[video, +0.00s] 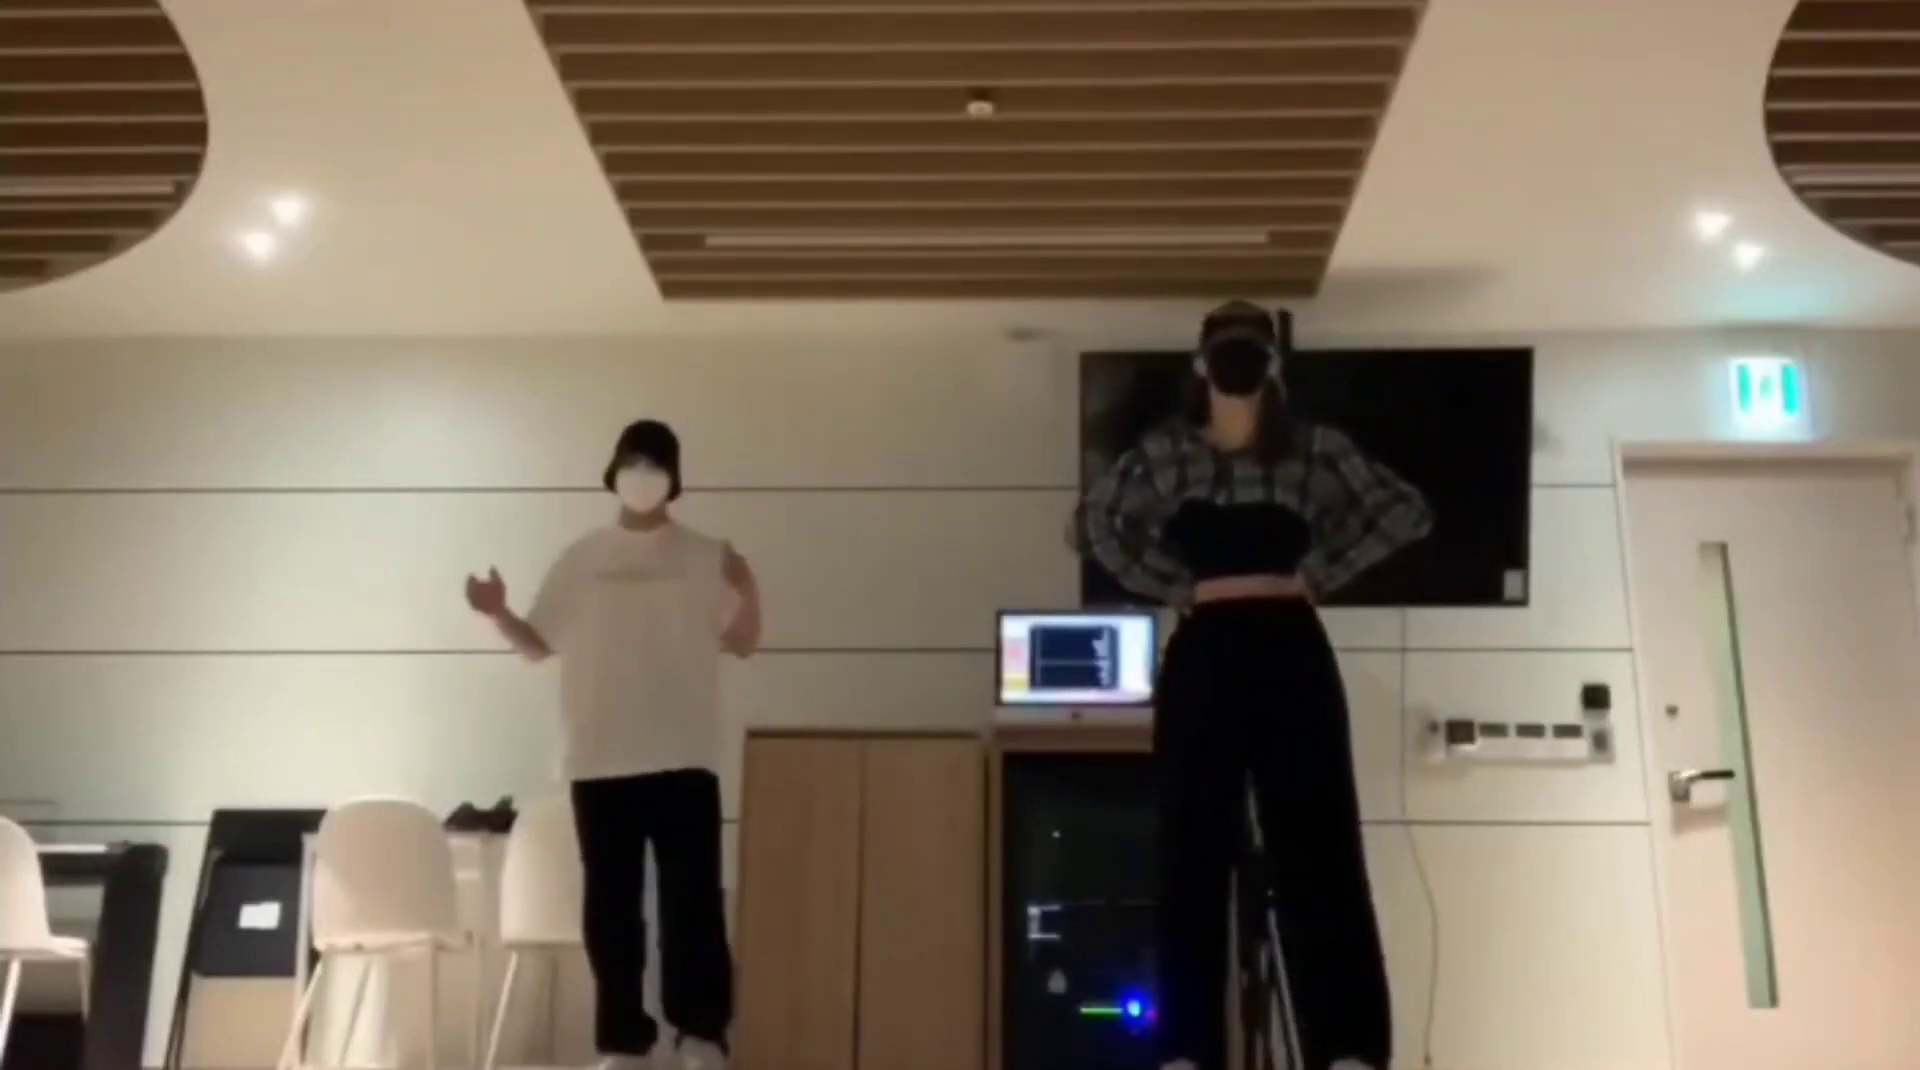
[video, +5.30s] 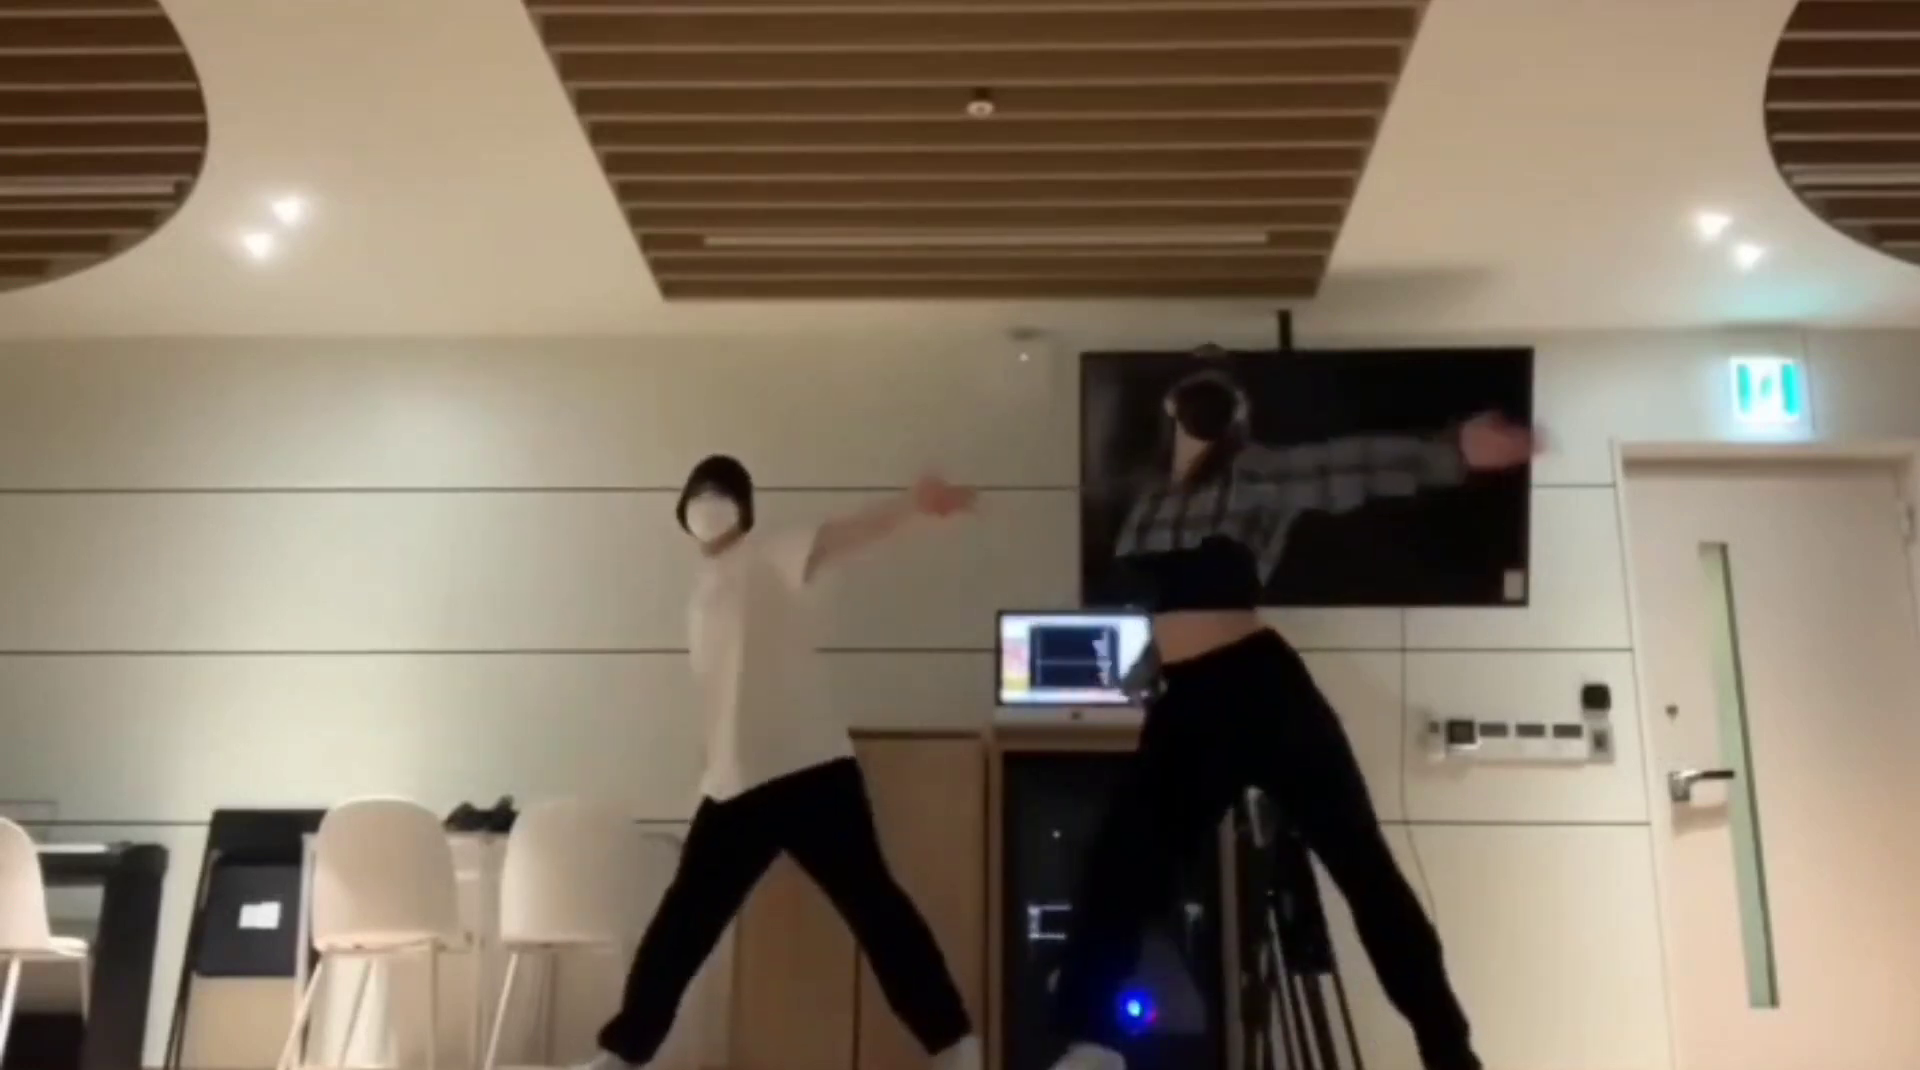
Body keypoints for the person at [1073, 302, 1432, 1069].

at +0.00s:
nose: (1239, 358)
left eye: (1253, 345)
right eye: (1225, 344)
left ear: (1276, 362)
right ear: (1200, 361)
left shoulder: (1316, 449)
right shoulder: (1167, 451)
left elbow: (1406, 512)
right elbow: (1097, 523)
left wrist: (1322, 572)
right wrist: (1170, 587)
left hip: (1290, 654)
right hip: (1203, 657)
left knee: (1315, 847)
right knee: (1195, 851)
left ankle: (1346, 1046)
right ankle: (1189, 1045)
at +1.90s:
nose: (1235, 423)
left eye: (1245, 413)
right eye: (1222, 413)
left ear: (1264, 425)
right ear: (1196, 424)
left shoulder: (1295, 507)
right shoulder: (1162, 496)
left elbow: (1334, 604)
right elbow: (1103, 576)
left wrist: (1360, 689)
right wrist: (1162, 604)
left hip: (1280, 693)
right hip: (1198, 692)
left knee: (1279, 871)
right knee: (1187, 866)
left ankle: (1266, 1039)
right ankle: (1190, 1038)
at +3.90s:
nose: (1206, 426)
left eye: (1217, 415)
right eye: (1192, 415)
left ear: (1236, 431)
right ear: (1168, 431)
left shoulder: (1270, 517)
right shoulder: (1131, 519)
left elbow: (1296, 620)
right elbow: (1112, 617)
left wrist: (1317, 716)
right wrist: (1132, 696)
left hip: (1256, 704)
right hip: (1178, 705)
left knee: (1260, 868)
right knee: (1189, 870)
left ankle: (1255, 1040)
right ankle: (1200, 1039)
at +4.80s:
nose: (1169, 410)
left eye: (1181, 397)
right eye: (1153, 399)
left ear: (1201, 413)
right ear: (1129, 417)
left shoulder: (1228, 494)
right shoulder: (1096, 493)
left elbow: (1244, 586)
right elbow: (1056, 585)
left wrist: (1237, 634)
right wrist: (1085, 678)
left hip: (1202, 689)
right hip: (1123, 688)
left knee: (1194, 829)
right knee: (1108, 839)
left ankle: (1186, 971)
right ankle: (1100, 993)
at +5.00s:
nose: (1177, 418)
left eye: (1188, 407)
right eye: (1163, 407)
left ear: (1207, 423)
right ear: (1137, 424)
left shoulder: (1229, 497)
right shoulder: (1100, 506)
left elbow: (1260, 561)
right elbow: (1068, 596)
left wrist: (1309, 573)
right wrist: (1092, 652)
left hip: (1222, 698)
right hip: (1134, 700)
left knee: (1291, 852)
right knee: (1083, 858)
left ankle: (1405, 1032)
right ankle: (1090, 1035)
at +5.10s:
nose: (1175, 423)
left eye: (1188, 411)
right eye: (1162, 412)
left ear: (1210, 429)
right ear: (1140, 428)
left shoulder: (1244, 489)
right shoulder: (1121, 507)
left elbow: (1346, 527)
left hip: (1253, 695)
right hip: (1167, 712)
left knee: (1348, 861)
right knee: (1105, 864)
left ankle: (1446, 1056)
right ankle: (1086, 1041)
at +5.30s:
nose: (1200, 413)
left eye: (1210, 401)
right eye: (1193, 401)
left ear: (1225, 418)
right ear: (1174, 418)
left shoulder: (1251, 476)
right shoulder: (1149, 498)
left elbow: (1338, 467)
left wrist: (1455, 451)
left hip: (1260, 683)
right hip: (1183, 702)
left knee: (1358, 860)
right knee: (1121, 865)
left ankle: (1447, 1050)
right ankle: (1083, 1041)